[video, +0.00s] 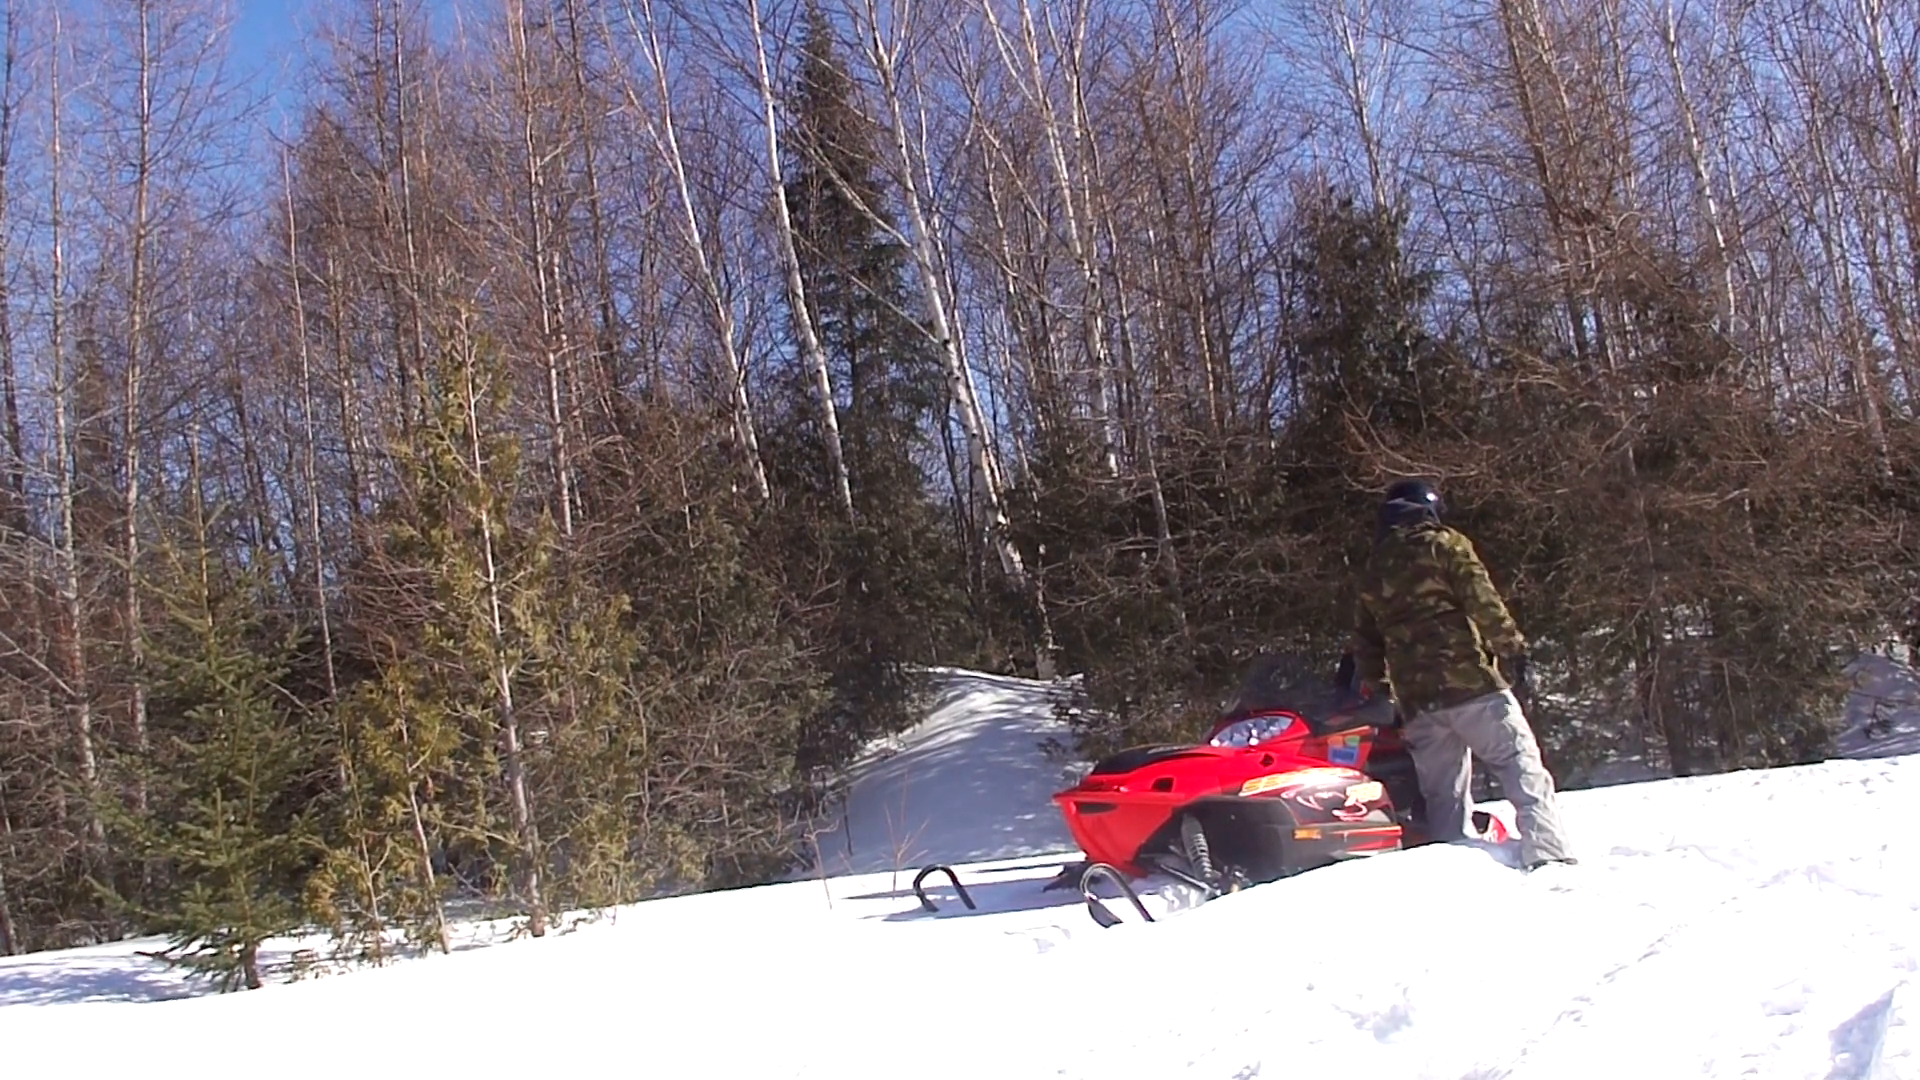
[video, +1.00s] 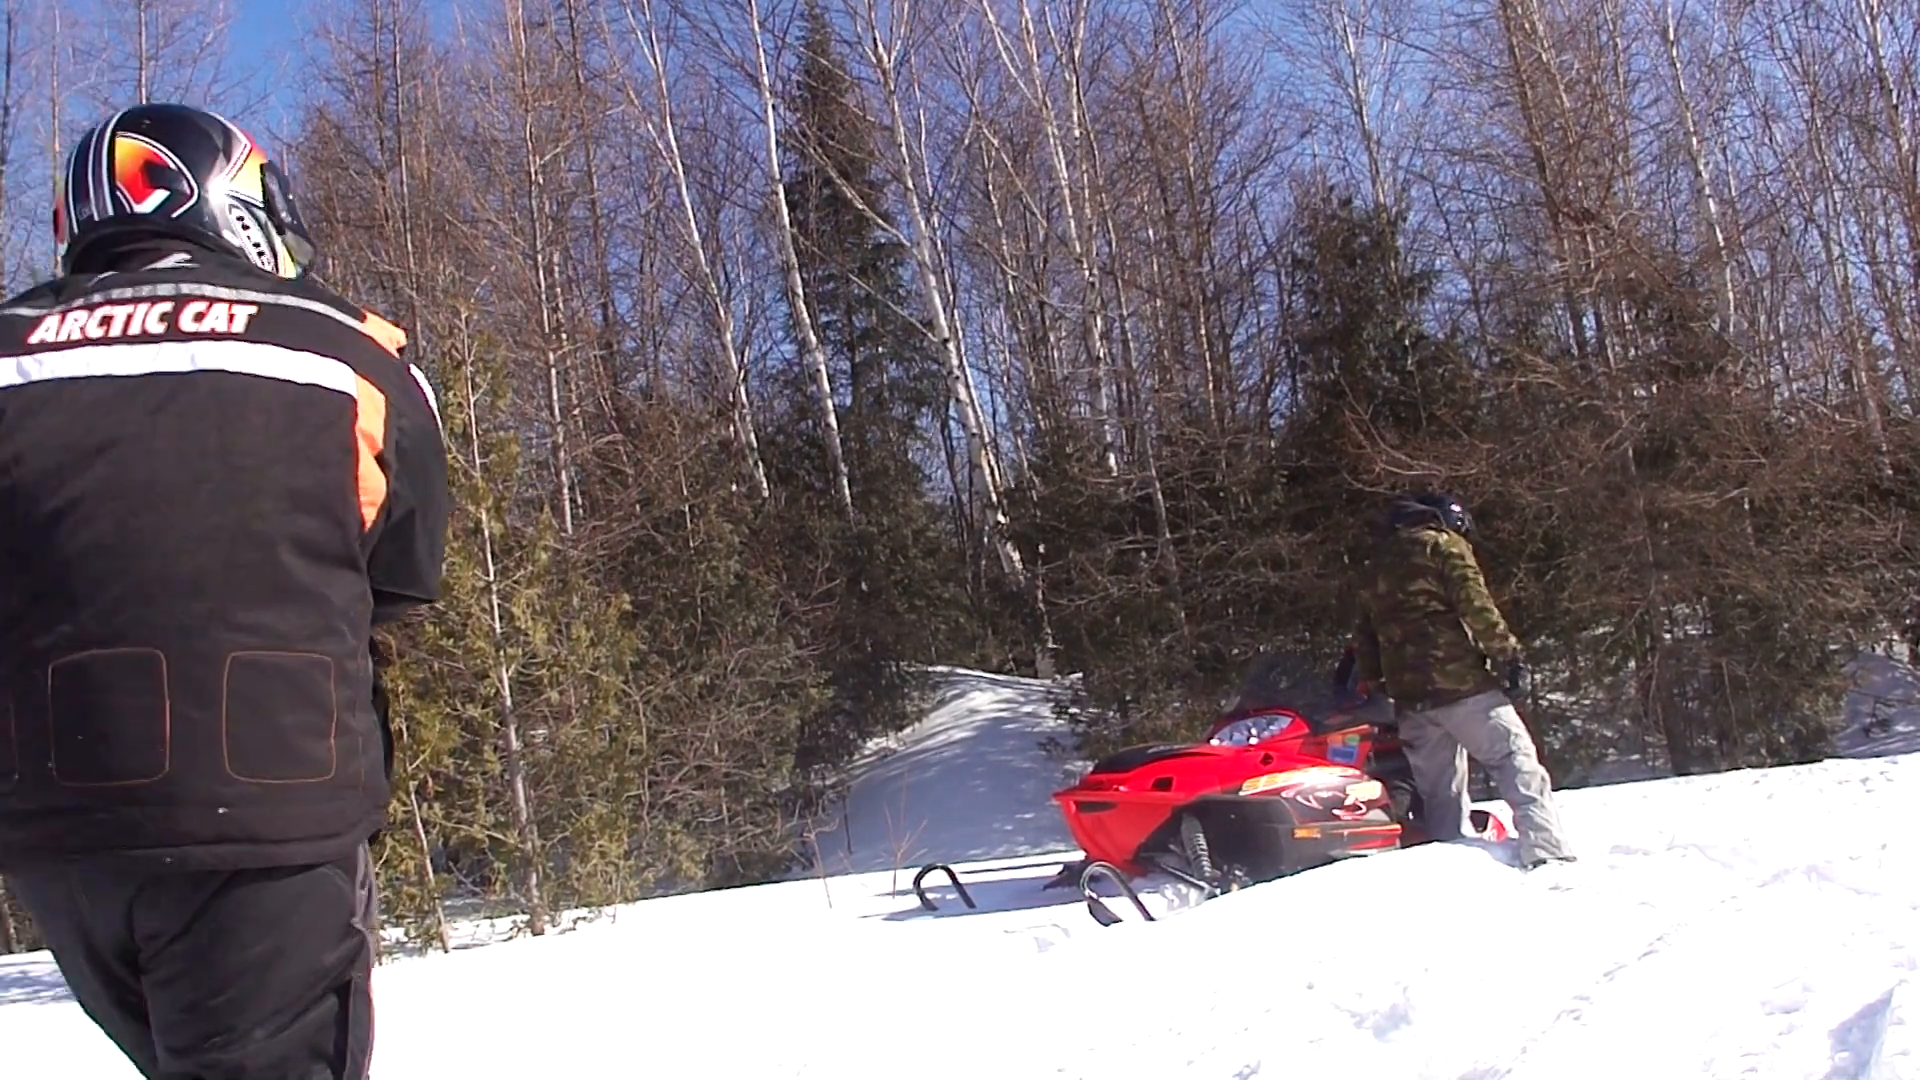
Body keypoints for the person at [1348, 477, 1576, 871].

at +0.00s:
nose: (1440, 513)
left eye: (1437, 506)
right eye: (1436, 506)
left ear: (1390, 513)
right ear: (1427, 508)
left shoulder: (1372, 566)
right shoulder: (1446, 542)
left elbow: (1366, 639)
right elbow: (1483, 603)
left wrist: (1380, 686)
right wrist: (1516, 654)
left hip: (1415, 699)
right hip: (1470, 684)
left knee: (1442, 800)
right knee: (1518, 760)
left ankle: (1450, 879)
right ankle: (1547, 853)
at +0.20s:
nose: (1441, 515)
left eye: (1438, 508)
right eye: (1436, 508)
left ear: (1390, 516)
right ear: (1427, 510)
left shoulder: (1371, 567)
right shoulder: (1445, 543)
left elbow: (1360, 638)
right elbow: (1480, 601)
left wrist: (1379, 685)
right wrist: (1513, 653)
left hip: (1414, 701)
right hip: (1470, 686)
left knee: (1441, 803)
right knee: (1517, 762)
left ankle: (1451, 881)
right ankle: (1547, 854)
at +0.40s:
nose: (1438, 515)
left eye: (1435, 508)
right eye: (1434, 508)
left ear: (1388, 516)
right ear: (1424, 510)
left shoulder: (1369, 569)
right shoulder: (1444, 544)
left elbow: (1366, 645)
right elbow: (1481, 604)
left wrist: (1389, 686)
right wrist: (1512, 654)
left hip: (1413, 700)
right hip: (1467, 684)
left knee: (1441, 802)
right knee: (1516, 760)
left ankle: (1450, 879)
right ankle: (1546, 854)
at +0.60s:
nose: (1437, 513)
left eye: (1434, 506)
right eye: (1433, 506)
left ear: (1387, 515)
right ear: (1424, 508)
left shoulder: (1367, 568)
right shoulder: (1445, 544)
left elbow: (1362, 641)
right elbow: (1481, 602)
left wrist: (1379, 684)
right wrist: (1510, 652)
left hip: (1412, 698)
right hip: (1468, 682)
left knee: (1440, 800)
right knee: (1516, 760)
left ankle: (1448, 878)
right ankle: (1546, 853)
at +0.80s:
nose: (1442, 516)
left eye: (1440, 509)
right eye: (1438, 509)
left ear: (1391, 514)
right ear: (1428, 509)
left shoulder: (1369, 565)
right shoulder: (1444, 544)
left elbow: (1362, 636)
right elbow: (1478, 603)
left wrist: (1373, 683)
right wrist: (1509, 654)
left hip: (1410, 698)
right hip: (1464, 686)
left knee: (1440, 798)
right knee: (1515, 760)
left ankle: (1447, 876)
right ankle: (1547, 854)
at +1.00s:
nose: (1463, 537)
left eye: (1463, 531)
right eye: (1460, 530)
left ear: (1411, 520)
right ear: (1446, 520)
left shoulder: (1376, 562)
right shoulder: (1446, 546)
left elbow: (1365, 633)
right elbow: (1475, 607)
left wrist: (1378, 679)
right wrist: (1509, 655)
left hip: (1409, 696)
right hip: (1461, 686)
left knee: (1438, 796)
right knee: (1512, 755)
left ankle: (1446, 873)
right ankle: (1545, 851)